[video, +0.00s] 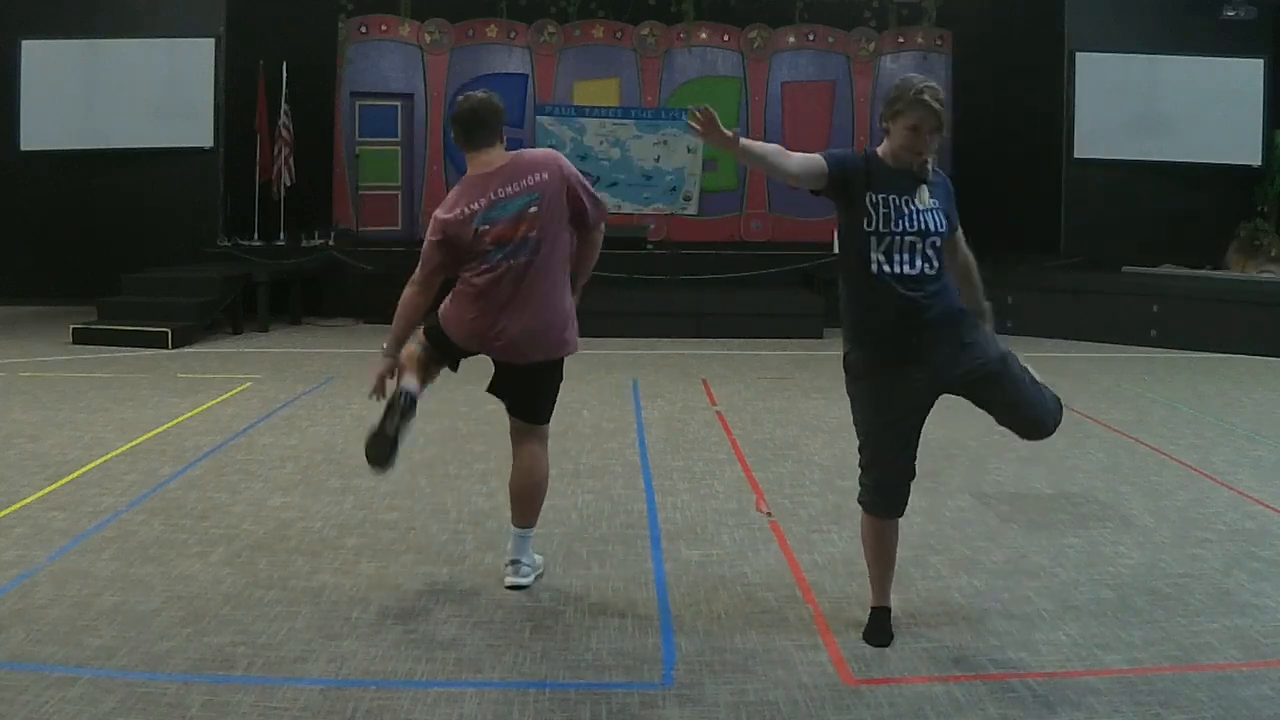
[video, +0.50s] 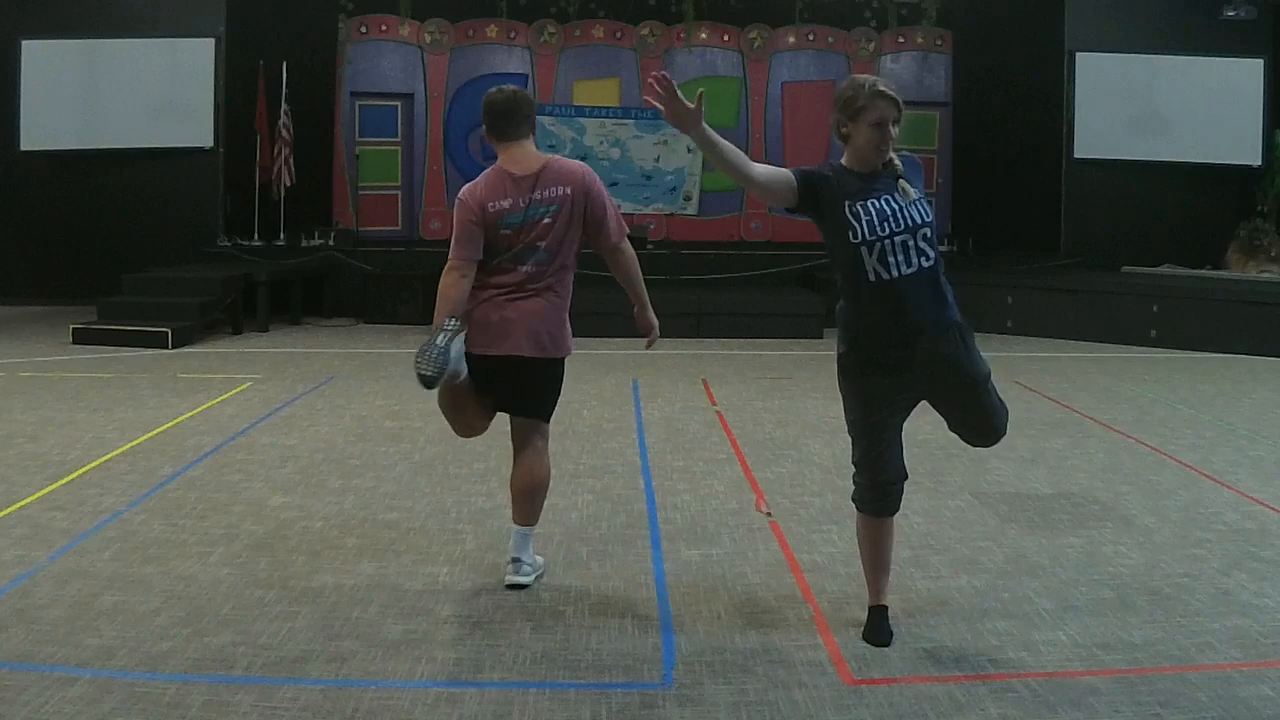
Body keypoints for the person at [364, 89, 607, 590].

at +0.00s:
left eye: (462, 135)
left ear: (457, 139)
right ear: (504, 132)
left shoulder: (452, 212)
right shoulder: (551, 166)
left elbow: (421, 287)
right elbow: (594, 225)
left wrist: (389, 351)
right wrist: (572, 286)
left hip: (472, 321)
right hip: (543, 327)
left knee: (424, 347)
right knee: (529, 438)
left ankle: (403, 402)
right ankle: (520, 558)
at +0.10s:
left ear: (455, 147)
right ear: (500, 132)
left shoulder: (456, 214)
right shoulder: (554, 163)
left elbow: (428, 284)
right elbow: (601, 225)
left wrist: (394, 346)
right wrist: (597, 289)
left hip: (478, 320)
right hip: (545, 328)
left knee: (434, 332)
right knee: (531, 439)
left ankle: (408, 371)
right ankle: (519, 557)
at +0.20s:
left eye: (462, 143)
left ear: (462, 144)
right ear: (507, 127)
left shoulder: (459, 207)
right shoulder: (566, 167)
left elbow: (435, 279)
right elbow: (611, 234)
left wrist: (409, 342)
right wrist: (620, 293)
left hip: (479, 321)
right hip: (546, 328)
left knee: (445, 356)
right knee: (532, 440)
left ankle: (420, 374)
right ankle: (520, 557)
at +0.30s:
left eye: (473, 138)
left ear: (472, 139)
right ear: (518, 127)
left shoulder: (467, 204)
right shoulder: (570, 172)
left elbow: (445, 279)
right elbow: (614, 238)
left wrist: (418, 346)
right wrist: (637, 296)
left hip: (478, 331)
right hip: (545, 337)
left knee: (448, 403)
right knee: (531, 441)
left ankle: (426, 365)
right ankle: (519, 557)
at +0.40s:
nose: (482, 143)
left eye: (480, 136)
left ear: (482, 138)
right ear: (528, 127)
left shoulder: (471, 200)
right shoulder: (576, 177)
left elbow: (452, 275)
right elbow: (618, 244)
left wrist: (428, 345)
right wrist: (643, 302)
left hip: (481, 338)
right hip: (546, 342)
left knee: (465, 422)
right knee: (532, 442)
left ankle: (435, 363)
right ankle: (521, 557)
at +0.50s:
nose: (486, 137)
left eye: (485, 130)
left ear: (487, 133)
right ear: (534, 125)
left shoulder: (475, 195)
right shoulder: (578, 178)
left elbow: (459, 270)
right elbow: (617, 248)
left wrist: (437, 341)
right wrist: (642, 307)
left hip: (486, 336)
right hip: (546, 339)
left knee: (469, 425)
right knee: (531, 441)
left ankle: (445, 359)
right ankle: (521, 557)